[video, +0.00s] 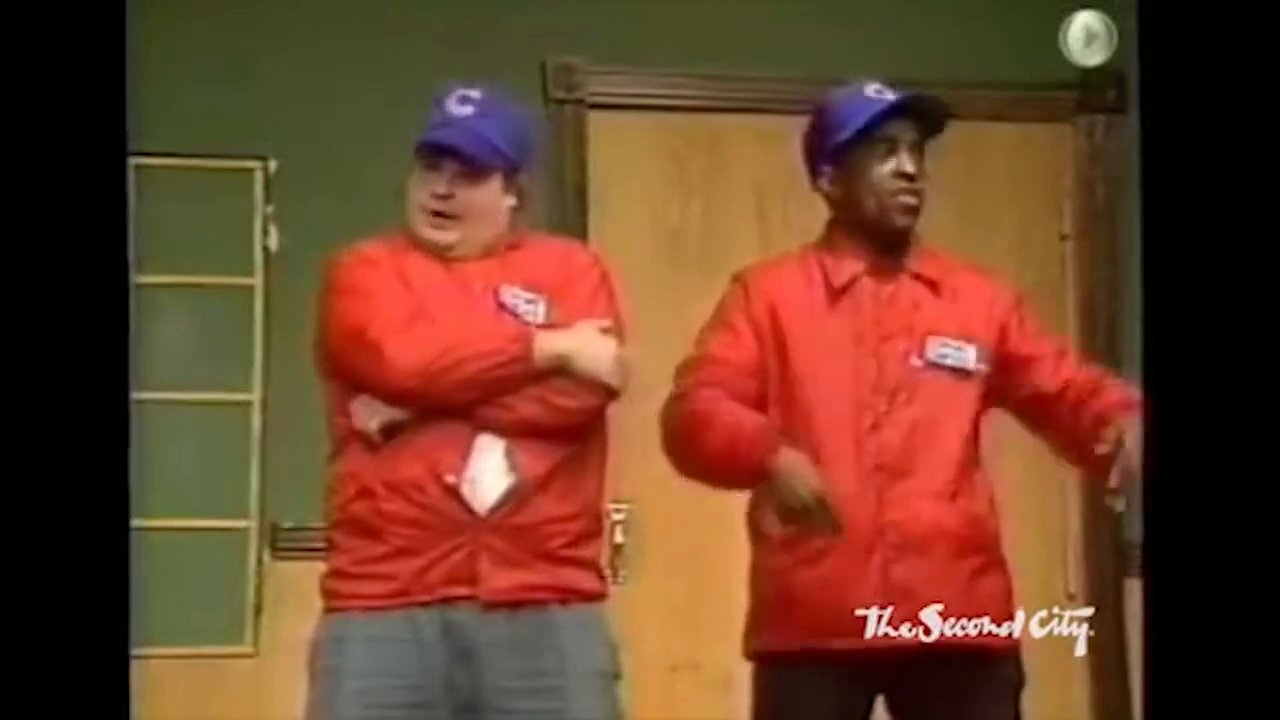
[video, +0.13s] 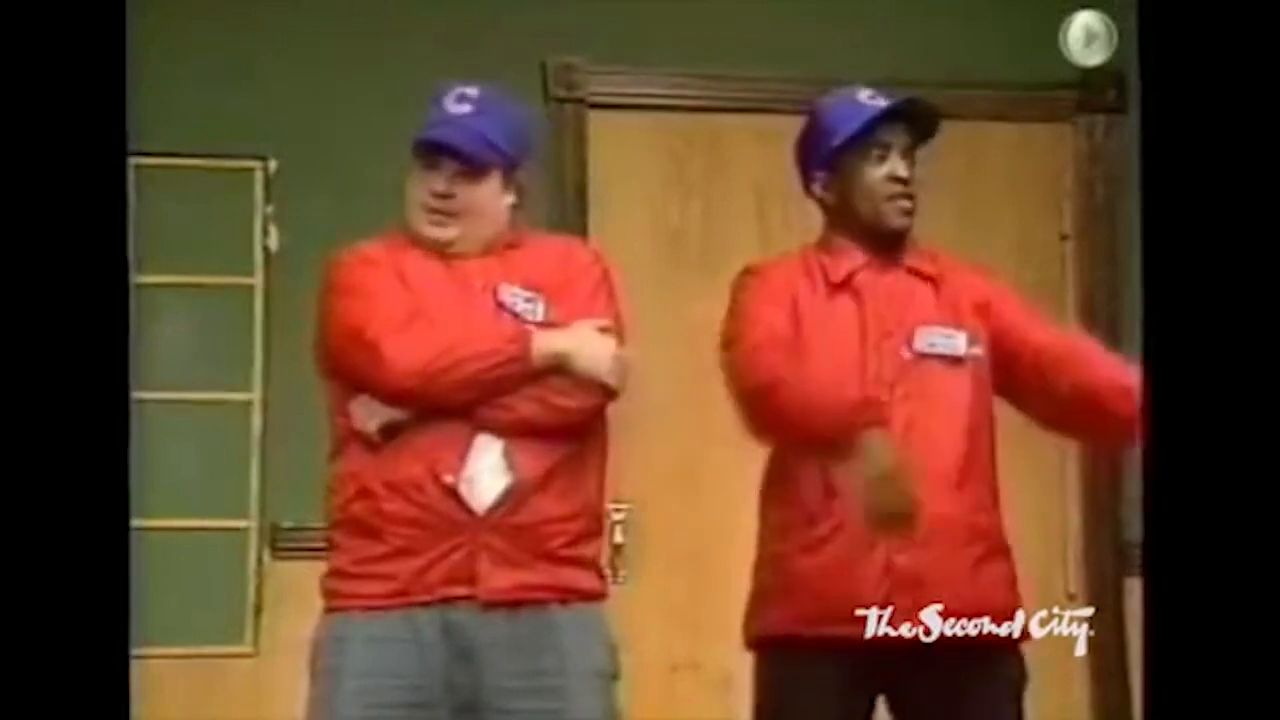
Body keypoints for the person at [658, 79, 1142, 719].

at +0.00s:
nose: (910, 168)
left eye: (917, 151)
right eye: (885, 150)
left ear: (928, 165)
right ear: (829, 176)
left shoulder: (975, 299)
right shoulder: (765, 294)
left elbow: (1063, 388)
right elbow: (692, 416)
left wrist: (1124, 427)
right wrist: (770, 455)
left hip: (959, 628)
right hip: (812, 631)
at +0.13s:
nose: (903, 172)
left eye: (909, 155)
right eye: (880, 155)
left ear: (920, 169)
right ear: (824, 182)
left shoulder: (965, 291)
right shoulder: (773, 286)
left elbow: (1066, 371)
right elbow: (768, 392)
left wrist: (1138, 404)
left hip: (961, 621)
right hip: (816, 623)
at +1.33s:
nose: (848, 176)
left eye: (871, 161)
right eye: (833, 165)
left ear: (909, 190)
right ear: (819, 190)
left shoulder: (970, 295)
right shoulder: (776, 297)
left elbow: (1027, 410)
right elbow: (793, 422)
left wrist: (886, 386)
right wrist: (961, 438)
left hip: (963, 616)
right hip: (814, 619)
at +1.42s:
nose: (847, 178)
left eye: (869, 163)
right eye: (832, 166)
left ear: (907, 191)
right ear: (818, 191)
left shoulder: (970, 299)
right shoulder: (775, 299)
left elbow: (1027, 406)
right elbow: (792, 419)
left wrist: (884, 384)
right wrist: (959, 436)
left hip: (965, 614)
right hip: (816, 615)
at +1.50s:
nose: (845, 171)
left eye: (868, 155)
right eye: (831, 159)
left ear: (907, 186)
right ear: (817, 185)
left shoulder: (969, 295)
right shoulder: (775, 294)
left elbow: (1025, 400)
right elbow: (791, 412)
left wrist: (883, 378)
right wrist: (957, 431)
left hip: (966, 607)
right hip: (816, 607)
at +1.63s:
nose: (843, 153)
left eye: (866, 139)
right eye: (829, 141)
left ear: (904, 169)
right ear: (815, 168)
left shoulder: (965, 275)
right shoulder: (774, 275)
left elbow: (1025, 375)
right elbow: (789, 393)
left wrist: (883, 356)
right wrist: (953, 412)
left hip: (966, 589)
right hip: (817, 589)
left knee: (1002, 712)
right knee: (801, 713)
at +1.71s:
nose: (840, 158)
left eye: (863, 142)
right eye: (825, 145)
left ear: (901, 170)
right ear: (811, 169)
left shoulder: (965, 277)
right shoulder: (772, 279)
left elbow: (1023, 379)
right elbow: (790, 404)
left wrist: (880, 365)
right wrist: (952, 419)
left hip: (965, 598)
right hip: (816, 600)